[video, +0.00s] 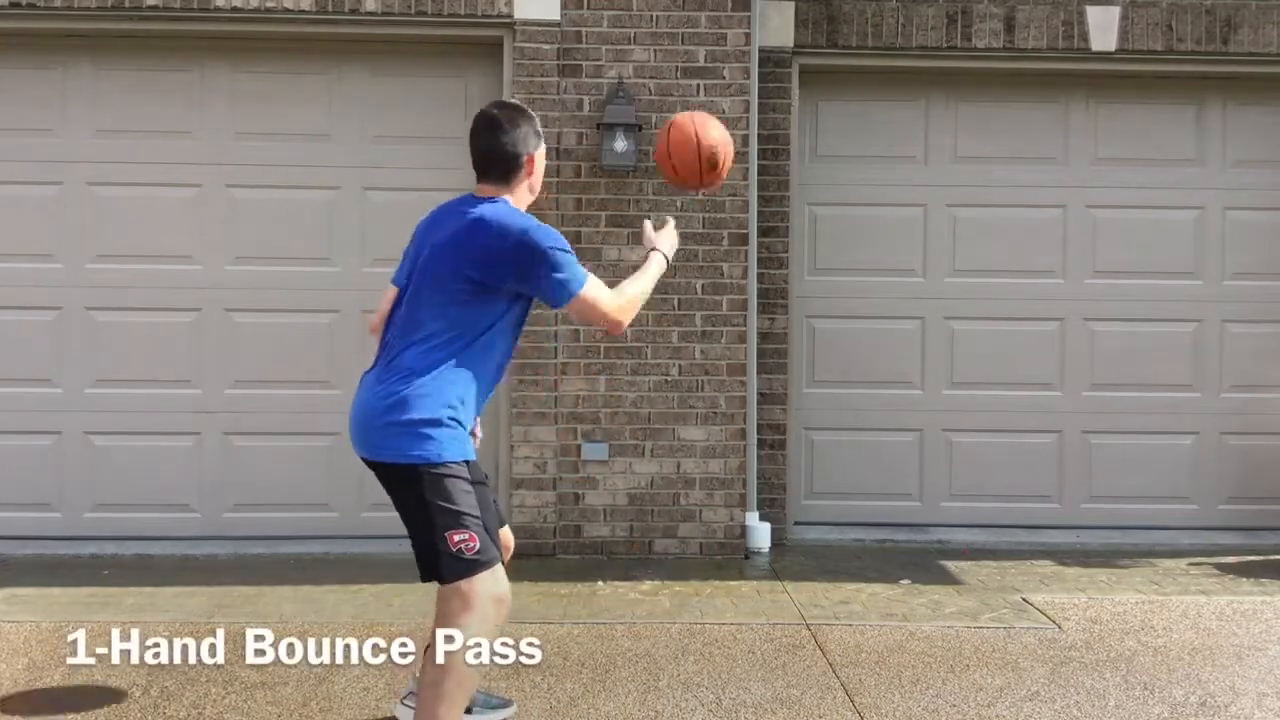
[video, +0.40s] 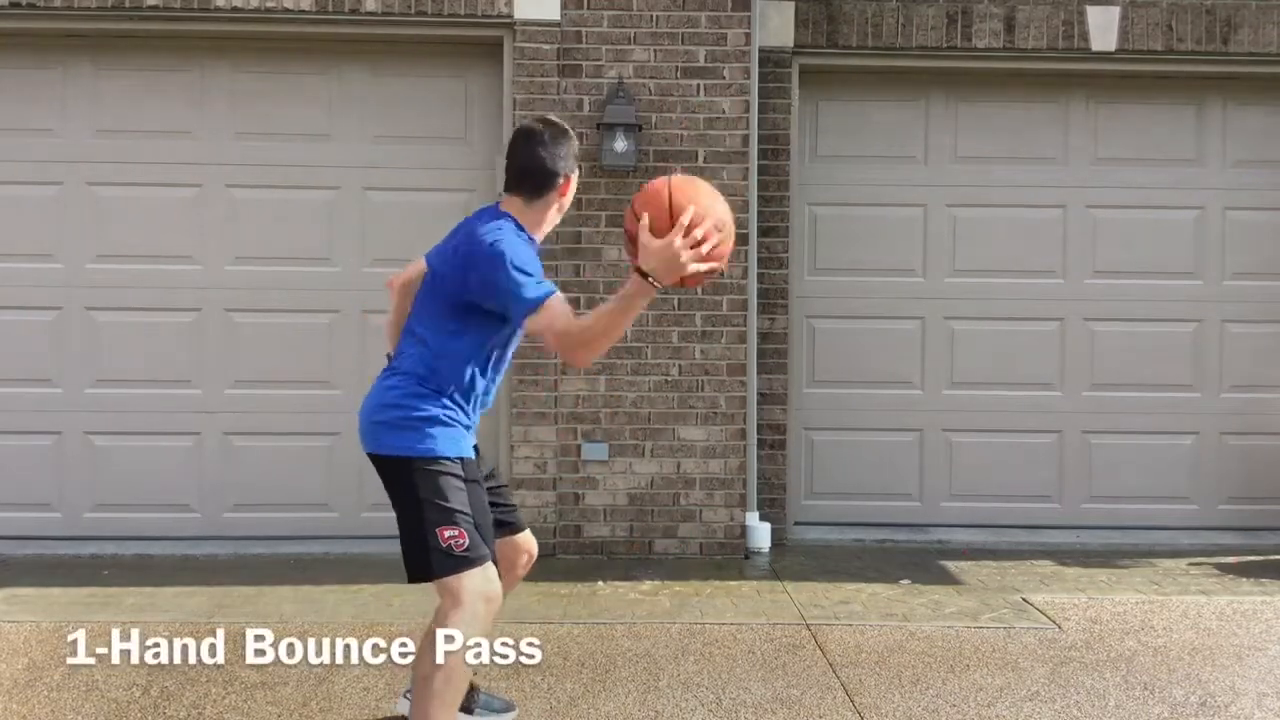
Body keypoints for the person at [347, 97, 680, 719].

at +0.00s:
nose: (544, 166)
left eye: (541, 156)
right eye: (543, 157)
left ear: (477, 160)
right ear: (533, 165)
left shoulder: (440, 220)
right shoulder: (522, 235)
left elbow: (383, 319)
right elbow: (614, 313)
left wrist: (449, 406)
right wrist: (659, 256)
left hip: (387, 416)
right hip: (425, 425)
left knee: (494, 542)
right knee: (483, 593)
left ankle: (431, 693)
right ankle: (436, 712)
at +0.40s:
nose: (573, 192)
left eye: (571, 181)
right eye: (574, 181)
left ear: (509, 173)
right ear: (566, 187)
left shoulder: (484, 230)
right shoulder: (499, 245)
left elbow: (404, 283)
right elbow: (576, 345)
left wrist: (405, 363)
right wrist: (648, 278)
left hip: (440, 425)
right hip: (418, 426)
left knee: (513, 551)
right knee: (475, 591)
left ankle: (430, 689)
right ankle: (432, 710)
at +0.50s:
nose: (581, 209)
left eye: (583, 197)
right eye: (582, 198)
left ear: (516, 187)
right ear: (570, 206)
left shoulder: (482, 233)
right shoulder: (515, 275)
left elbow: (405, 288)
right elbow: (551, 403)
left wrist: (421, 361)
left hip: (439, 430)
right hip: (422, 436)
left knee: (520, 552)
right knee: (480, 594)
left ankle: (431, 688)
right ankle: (433, 711)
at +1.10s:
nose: (564, 182)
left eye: (562, 172)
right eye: (563, 173)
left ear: (496, 174)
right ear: (556, 182)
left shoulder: (461, 231)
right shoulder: (524, 253)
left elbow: (405, 329)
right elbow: (582, 367)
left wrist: (471, 390)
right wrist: (622, 317)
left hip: (432, 430)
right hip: (441, 440)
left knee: (525, 554)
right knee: (507, 606)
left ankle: (437, 686)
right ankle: (453, 711)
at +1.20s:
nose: (552, 159)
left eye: (547, 150)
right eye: (552, 150)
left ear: (485, 158)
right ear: (543, 160)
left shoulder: (459, 220)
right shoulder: (521, 231)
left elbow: (408, 321)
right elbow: (626, 297)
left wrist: (483, 395)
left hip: (447, 428)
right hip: (444, 436)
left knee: (521, 555)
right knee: (510, 606)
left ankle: (437, 686)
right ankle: (450, 712)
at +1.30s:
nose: (549, 147)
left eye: (547, 138)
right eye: (547, 138)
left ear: (480, 148)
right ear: (536, 146)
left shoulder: (463, 209)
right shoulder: (518, 207)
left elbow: (423, 316)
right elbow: (645, 223)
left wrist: (491, 383)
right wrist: (676, 139)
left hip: (450, 423)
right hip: (444, 432)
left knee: (518, 553)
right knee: (498, 602)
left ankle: (434, 687)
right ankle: (449, 713)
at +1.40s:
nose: (552, 141)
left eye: (547, 129)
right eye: (549, 129)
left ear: (484, 139)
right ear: (538, 137)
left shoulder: (481, 201)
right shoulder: (507, 198)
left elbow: (448, 317)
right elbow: (642, 202)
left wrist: (493, 379)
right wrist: (697, 107)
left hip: (464, 420)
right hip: (440, 424)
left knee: (519, 551)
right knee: (498, 599)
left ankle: (439, 683)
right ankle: (446, 710)